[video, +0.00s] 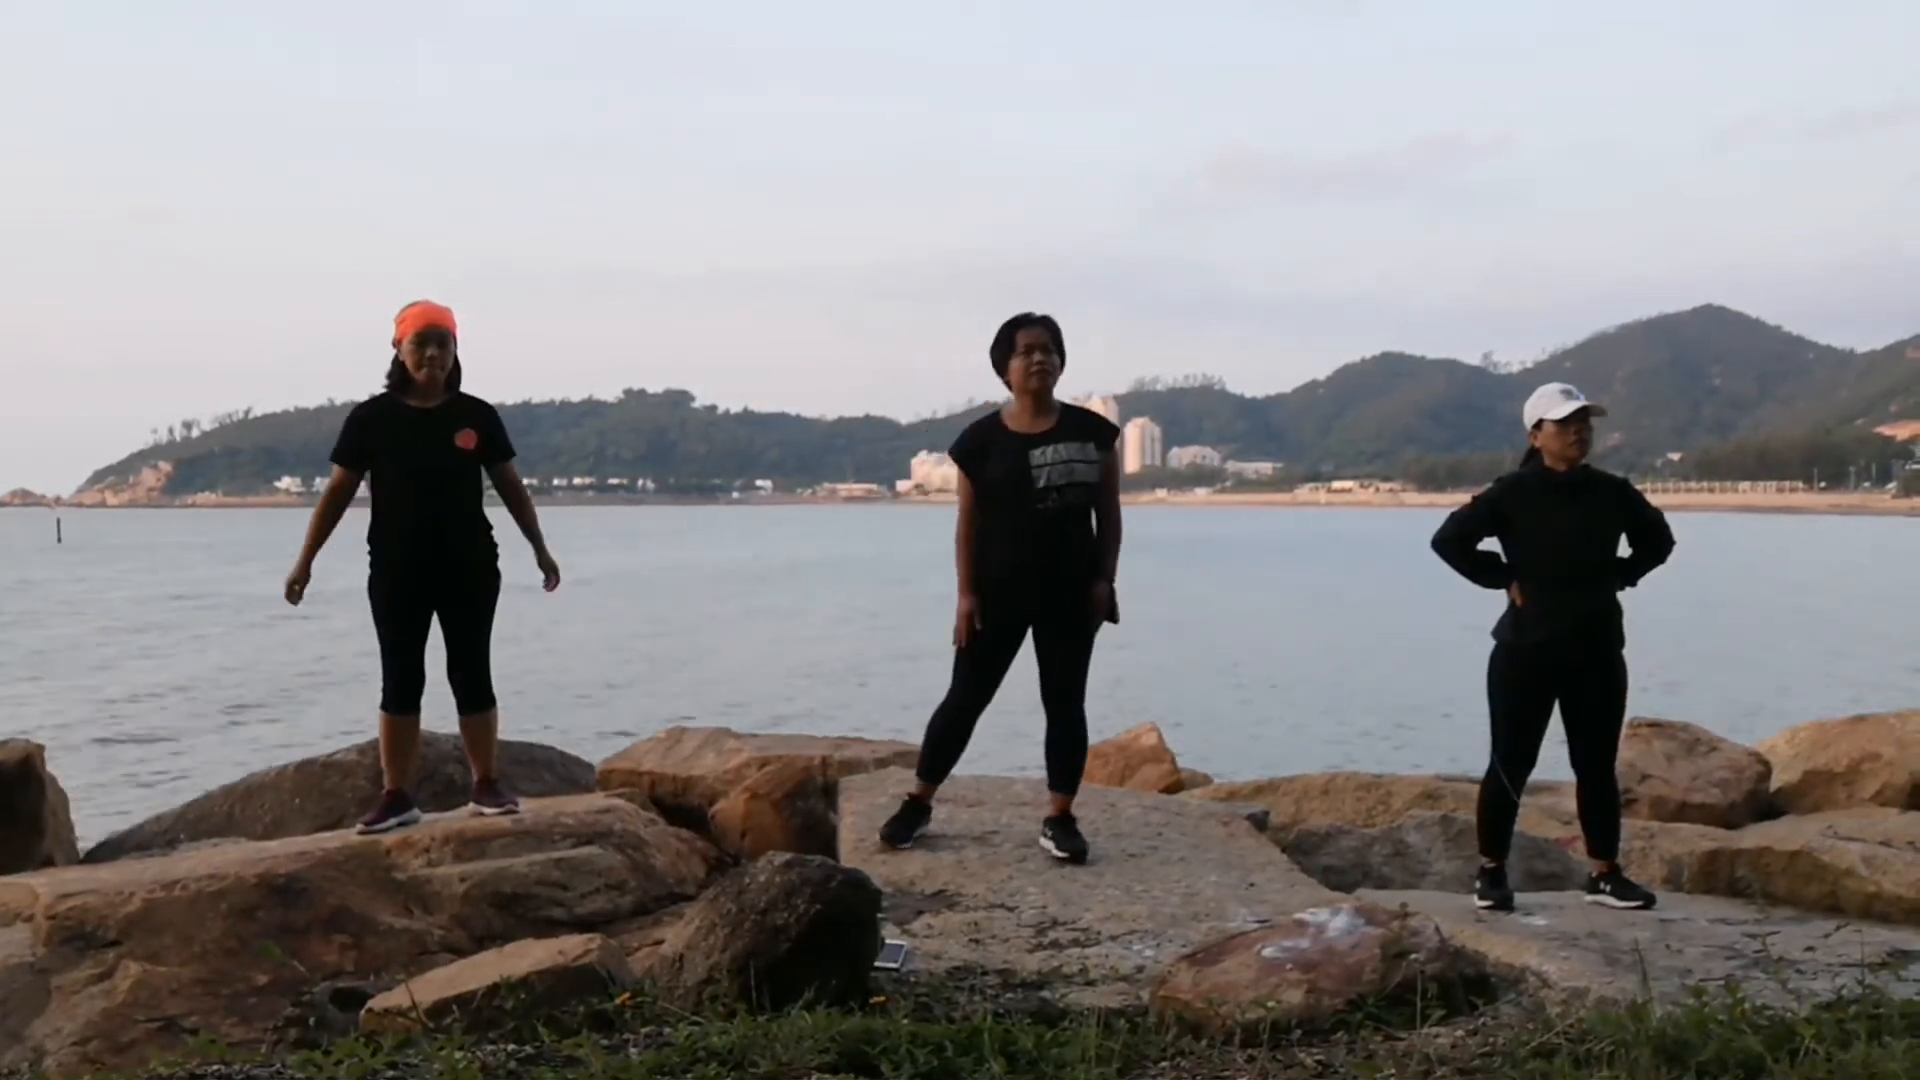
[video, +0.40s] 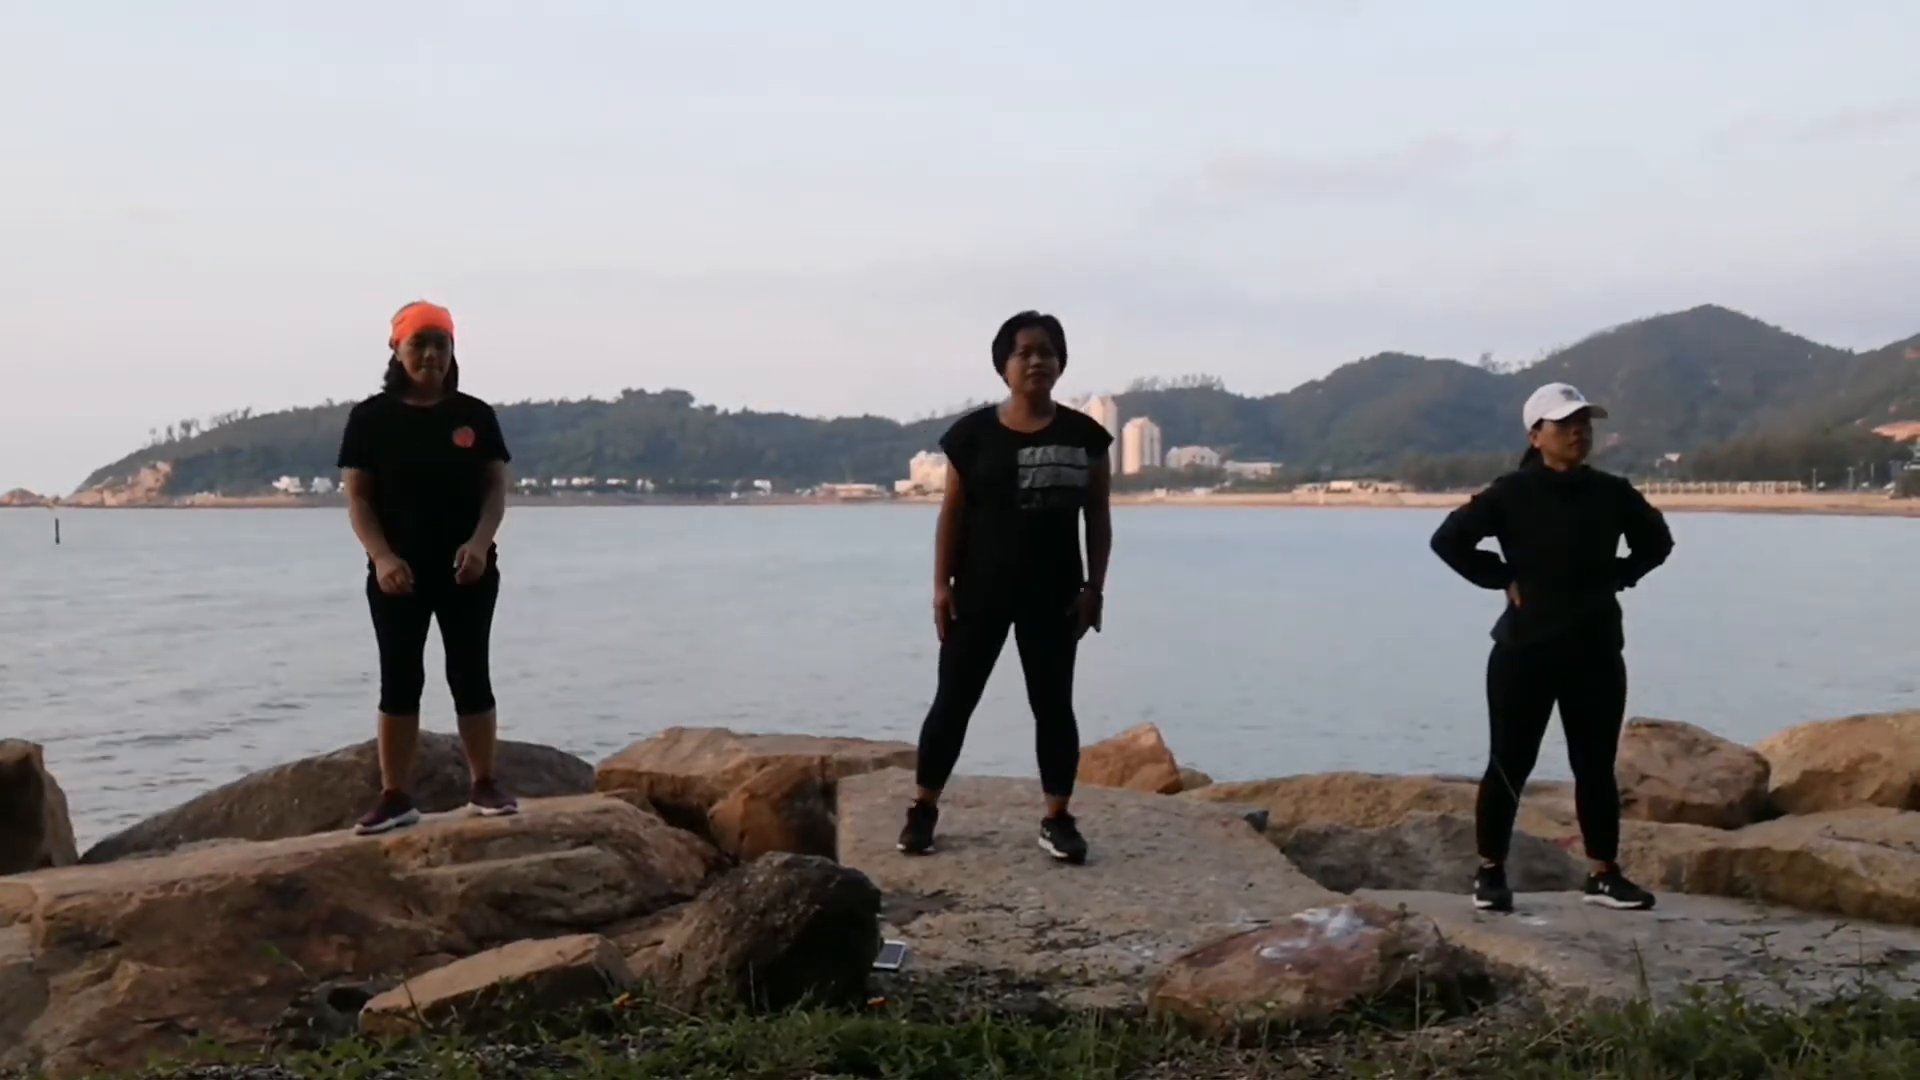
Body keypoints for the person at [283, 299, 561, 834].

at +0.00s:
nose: (432, 352)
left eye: (441, 343)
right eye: (421, 342)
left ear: (454, 350)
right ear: (400, 351)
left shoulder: (477, 418)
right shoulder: (370, 420)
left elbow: (509, 486)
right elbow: (337, 494)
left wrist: (539, 545)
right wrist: (304, 561)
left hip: (468, 570)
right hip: (397, 573)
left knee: (472, 678)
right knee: (400, 685)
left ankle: (485, 785)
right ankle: (395, 796)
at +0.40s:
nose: (430, 353)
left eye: (439, 343)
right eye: (418, 344)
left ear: (451, 350)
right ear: (397, 351)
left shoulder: (476, 416)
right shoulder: (368, 419)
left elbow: (496, 487)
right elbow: (356, 497)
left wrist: (480, 540)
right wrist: (381, 555)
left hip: (466, 569)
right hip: (397, 572)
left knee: (471, 679)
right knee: (398, 685)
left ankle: (484, 786)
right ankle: (395, 796)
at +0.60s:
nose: (430, 353)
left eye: (439, 343)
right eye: (419, 344)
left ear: (451, 349)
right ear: (397, 351)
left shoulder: (476, 415)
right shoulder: (368, 419)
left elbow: (498, 484)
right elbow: (356, 496)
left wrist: (476, 534)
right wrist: (392, 550)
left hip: (467, 569)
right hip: (397, 572)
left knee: (470, 677)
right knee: (399, 683)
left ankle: (483, 786)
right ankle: (394, 796)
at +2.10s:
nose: (443, 350)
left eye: (447, 340)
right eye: (430, 341)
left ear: (452, 348)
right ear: (399, 349)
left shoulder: (471, 417)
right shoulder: (367, 421)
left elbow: (501, 486)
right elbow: (330, 497)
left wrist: (531, 550)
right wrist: (287, 565)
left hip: (467, 571)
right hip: (397, 576)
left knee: (468, 681)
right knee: (397, 687)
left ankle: (479, 787)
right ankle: (387, 799)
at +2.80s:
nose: (435, 352)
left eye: (438, 343)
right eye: (422, 344)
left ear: (441, 350)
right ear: (388, 354)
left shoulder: (462, 416)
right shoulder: (361, 425)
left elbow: (490, 492)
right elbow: (340, 506)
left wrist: (507, 556)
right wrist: (321, 580)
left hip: (462, 573)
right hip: (393, 578)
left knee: (465, 683)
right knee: (393, 690)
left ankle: (476, 789)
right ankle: (385, 799)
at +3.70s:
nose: (434, 354)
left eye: (437, 345)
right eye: (421, 346)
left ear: (442, 351)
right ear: (387, 354)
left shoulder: (462, 417)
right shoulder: (357, 425)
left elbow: (489, 495)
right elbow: (345, 511)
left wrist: (488, 551)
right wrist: (357, 575)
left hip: (457, 575)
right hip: (390, 579)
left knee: (462, 684)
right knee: (389, 691)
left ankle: (472, 790)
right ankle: (381, 799)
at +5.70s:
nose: (423, 358)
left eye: (427, 348)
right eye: (411, 349)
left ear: (432, 354)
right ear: (378, 357)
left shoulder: (452, 421)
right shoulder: (347, 428)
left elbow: (479, 494)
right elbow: (335, 509)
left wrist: (474, 554)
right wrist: (363, 568)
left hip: (445, 577)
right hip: (377, 580)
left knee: (451, 687)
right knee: (377, 693)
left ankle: (460, 794)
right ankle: (371, 803)